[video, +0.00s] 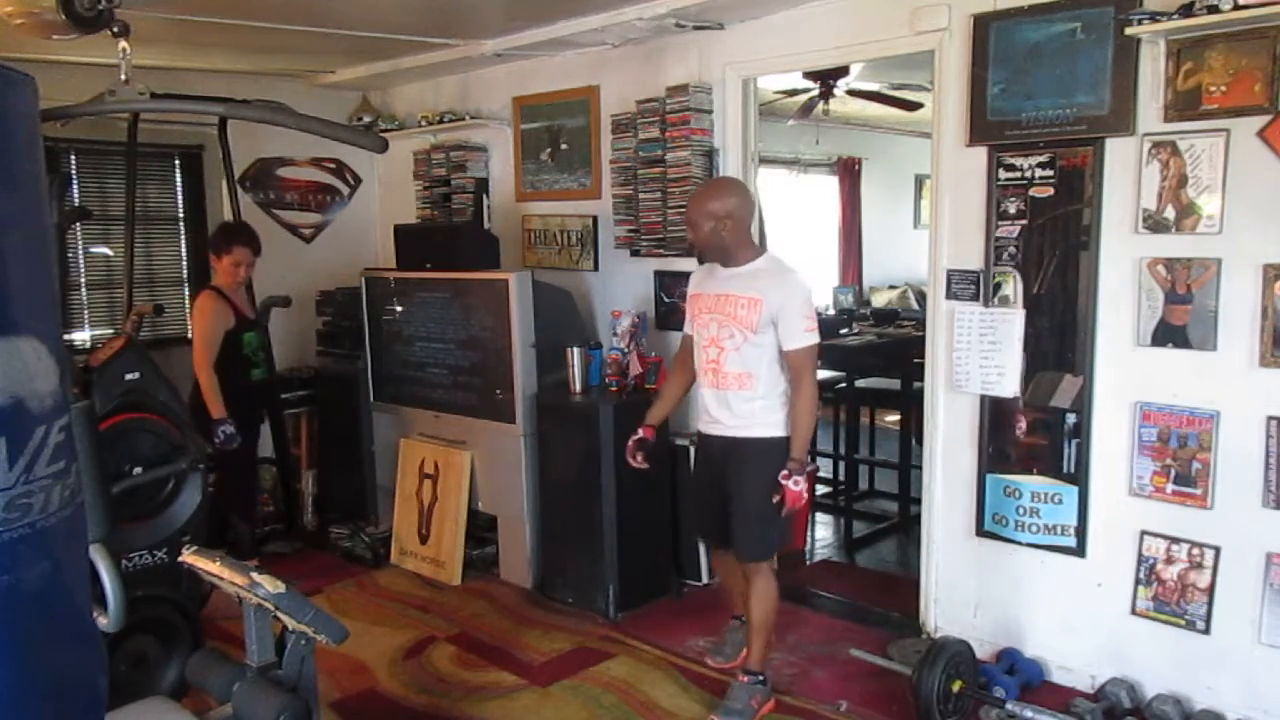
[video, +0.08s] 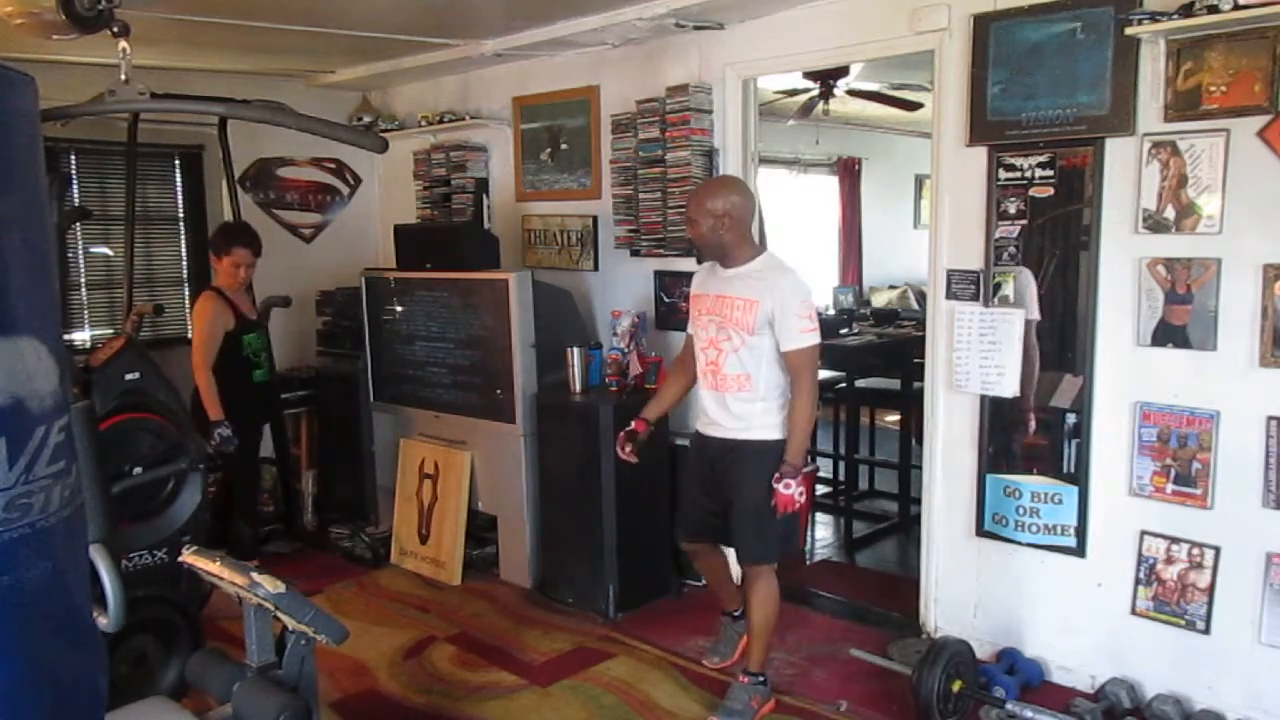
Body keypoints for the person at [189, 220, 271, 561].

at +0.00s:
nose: (244, 273)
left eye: (249, 265)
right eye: (236, 265)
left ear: (255, 262)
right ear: (215, 262)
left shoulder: (243, 292)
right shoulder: (210, 303)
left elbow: (246, 350)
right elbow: (202, 365)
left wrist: (262, 391)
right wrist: (221, 418)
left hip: (247, 402)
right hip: (225, 407)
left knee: (244, 480)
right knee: (232, 484)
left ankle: (243, 548)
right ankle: (230, 552)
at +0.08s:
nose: (244, 273)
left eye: (250, 266)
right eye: (237, 265)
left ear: (255, 263)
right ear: (216, 261)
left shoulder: (244, 294)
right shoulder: (211, 304)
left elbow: (246, 346)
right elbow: (201, 367)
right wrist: (218, 421)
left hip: (251, 405)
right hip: (229, 411)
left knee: (247, 482)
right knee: (236, 486)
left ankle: (246, 548)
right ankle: (233, 553)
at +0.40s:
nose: (239, 275)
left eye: (247, 267)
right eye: (231, 267)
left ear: (256, 263)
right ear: (214, 263)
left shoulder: (260, 300)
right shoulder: (211, 307)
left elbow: (268, 354)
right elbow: (194, 370)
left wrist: (281, 395)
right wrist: (206, 426)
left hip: (267, 410)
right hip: (232, 416)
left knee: (277, 480)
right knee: (239, 490)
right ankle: (241, 553)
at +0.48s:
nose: (237, 276)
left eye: (245, 267)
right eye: (229, 268)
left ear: (258, 263)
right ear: (214, 264)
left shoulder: (264, 300)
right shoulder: (210, 308)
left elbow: (278, 357)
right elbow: (194, 373)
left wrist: (306, 399)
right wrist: (204, 429)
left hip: (270, 412)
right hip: (232, 417)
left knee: (289, 480)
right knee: (240, 492)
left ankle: (274, 547)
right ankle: (240, 558)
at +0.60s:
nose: (235, 279)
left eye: (243, 270)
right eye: (227, 271)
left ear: (257, 263)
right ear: (214, 265)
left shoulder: (271, 300)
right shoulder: (210, 311)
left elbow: (288, 354)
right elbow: (194, 377)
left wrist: (324, 395)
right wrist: (204, 434)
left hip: (276, 414)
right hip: (234, 420)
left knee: (295, 481)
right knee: (241, 498)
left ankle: (294, 557)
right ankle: (243, 566)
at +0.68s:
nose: (233, 281)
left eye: (242, 272)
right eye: (225, 273)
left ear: (258, 265)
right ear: (215, 268)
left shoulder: (279, 304)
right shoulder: (211, 314)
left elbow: (300, 355)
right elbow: (195, 380)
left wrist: (334, 395)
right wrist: (203, 434)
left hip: (282, 419)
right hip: (235, 425)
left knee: (298, 491)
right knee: (241, 506)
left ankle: (314, 568)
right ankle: (244, 574)